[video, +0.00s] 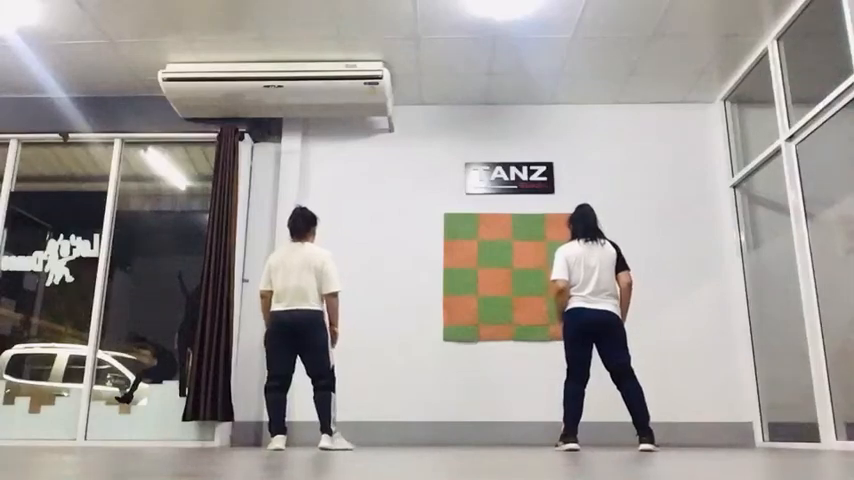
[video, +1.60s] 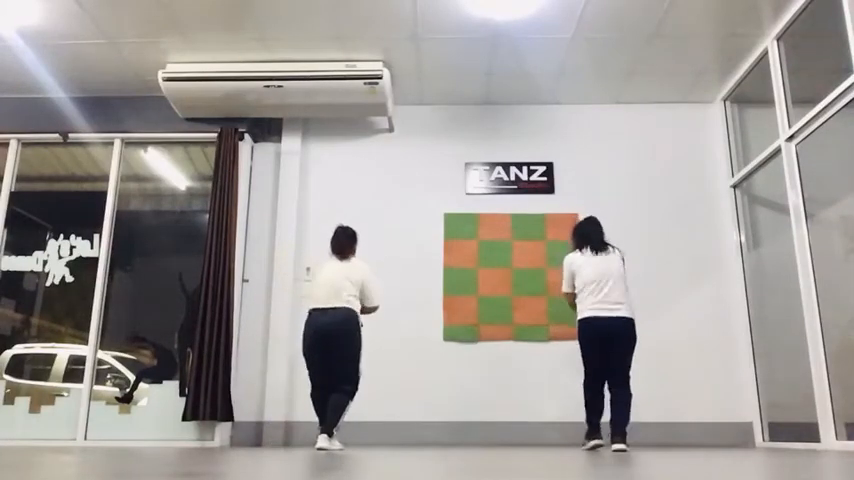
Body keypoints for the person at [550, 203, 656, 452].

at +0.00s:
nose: (568, 228)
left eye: (569, 224)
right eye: (569, 224)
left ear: (573, 225)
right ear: (595, 223)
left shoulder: (565, 250)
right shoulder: (612, 248)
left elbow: (562, 287)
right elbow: (626, 281)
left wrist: (561, 316)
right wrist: (621, 316)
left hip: (577, 318)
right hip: (609, 318)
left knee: (576, 376)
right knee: (624, 375)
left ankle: (569, 435)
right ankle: (645, 434)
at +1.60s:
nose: (573, 240)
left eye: (574, 236)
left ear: (577, 237)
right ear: (601, 234)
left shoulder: (571, 259)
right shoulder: (617, 254)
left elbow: (569, 295)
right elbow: (621, 286)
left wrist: (581, 310)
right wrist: (609, 306)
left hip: (590, 323)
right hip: (622, 322)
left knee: (593, 378)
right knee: (621, 380)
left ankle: (593, 433)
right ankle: (619, 437)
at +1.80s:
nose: (572, 233)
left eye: (573, 229)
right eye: (573, 229)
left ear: (578, 231)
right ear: (599, 228)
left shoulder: (571, 255)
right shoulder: (616, 251)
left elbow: (564, 294)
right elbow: (622, 284)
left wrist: (543, 302)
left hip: (591, 315)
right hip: (622, 315)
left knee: (593, 374)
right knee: (620, 376)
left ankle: (589, 434)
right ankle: (619, 437)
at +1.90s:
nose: (570, 224)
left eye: (572, 221)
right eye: (572, 220)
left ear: (576, 222)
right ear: (598, 220)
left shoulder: (570, 249)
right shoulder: (613, 246)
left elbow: (558, 287)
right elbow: (627, 283)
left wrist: (532, 295)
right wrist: (633, 291)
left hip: (587, 315)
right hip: (618, 314)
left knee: (590, 374)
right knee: (618, 375)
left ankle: (589, 435)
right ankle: (619, 437)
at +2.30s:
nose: (567, 237)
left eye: (568, 234)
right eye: (570, 233)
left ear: (572, 238)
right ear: (593, 236)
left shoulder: (564, 259)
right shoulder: (607, 256)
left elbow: (548, 292)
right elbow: (634, 279)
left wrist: (514, 295)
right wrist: (671, 285)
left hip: (576, 319)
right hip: (608, 321)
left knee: (584, 378)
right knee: (608, 377)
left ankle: (591, 436)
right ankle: (607, 434)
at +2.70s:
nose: (603, 225)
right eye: (602, 222)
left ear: (575, 223)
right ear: (601, 223)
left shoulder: (566, 249)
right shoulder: (609, 244)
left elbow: (553, 286)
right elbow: (637, 271)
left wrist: (528, 299)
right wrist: (677, 274)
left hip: (584, 320)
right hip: (612, 318)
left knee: (602, 371)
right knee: (616, 375)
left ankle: (592, 425)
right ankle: (606, 433)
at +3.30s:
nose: (605, 228)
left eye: (604, 223)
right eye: (603, 224)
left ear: (580, 228)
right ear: (595, 225)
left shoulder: (573, 256)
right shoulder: (600, 246)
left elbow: (572, 295)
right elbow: (615, 270)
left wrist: (565, 313)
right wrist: (649, 271)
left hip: (583, 319)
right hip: (606, 317)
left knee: (601, 375)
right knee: (619, 374)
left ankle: (591, 433)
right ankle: (601, 428)